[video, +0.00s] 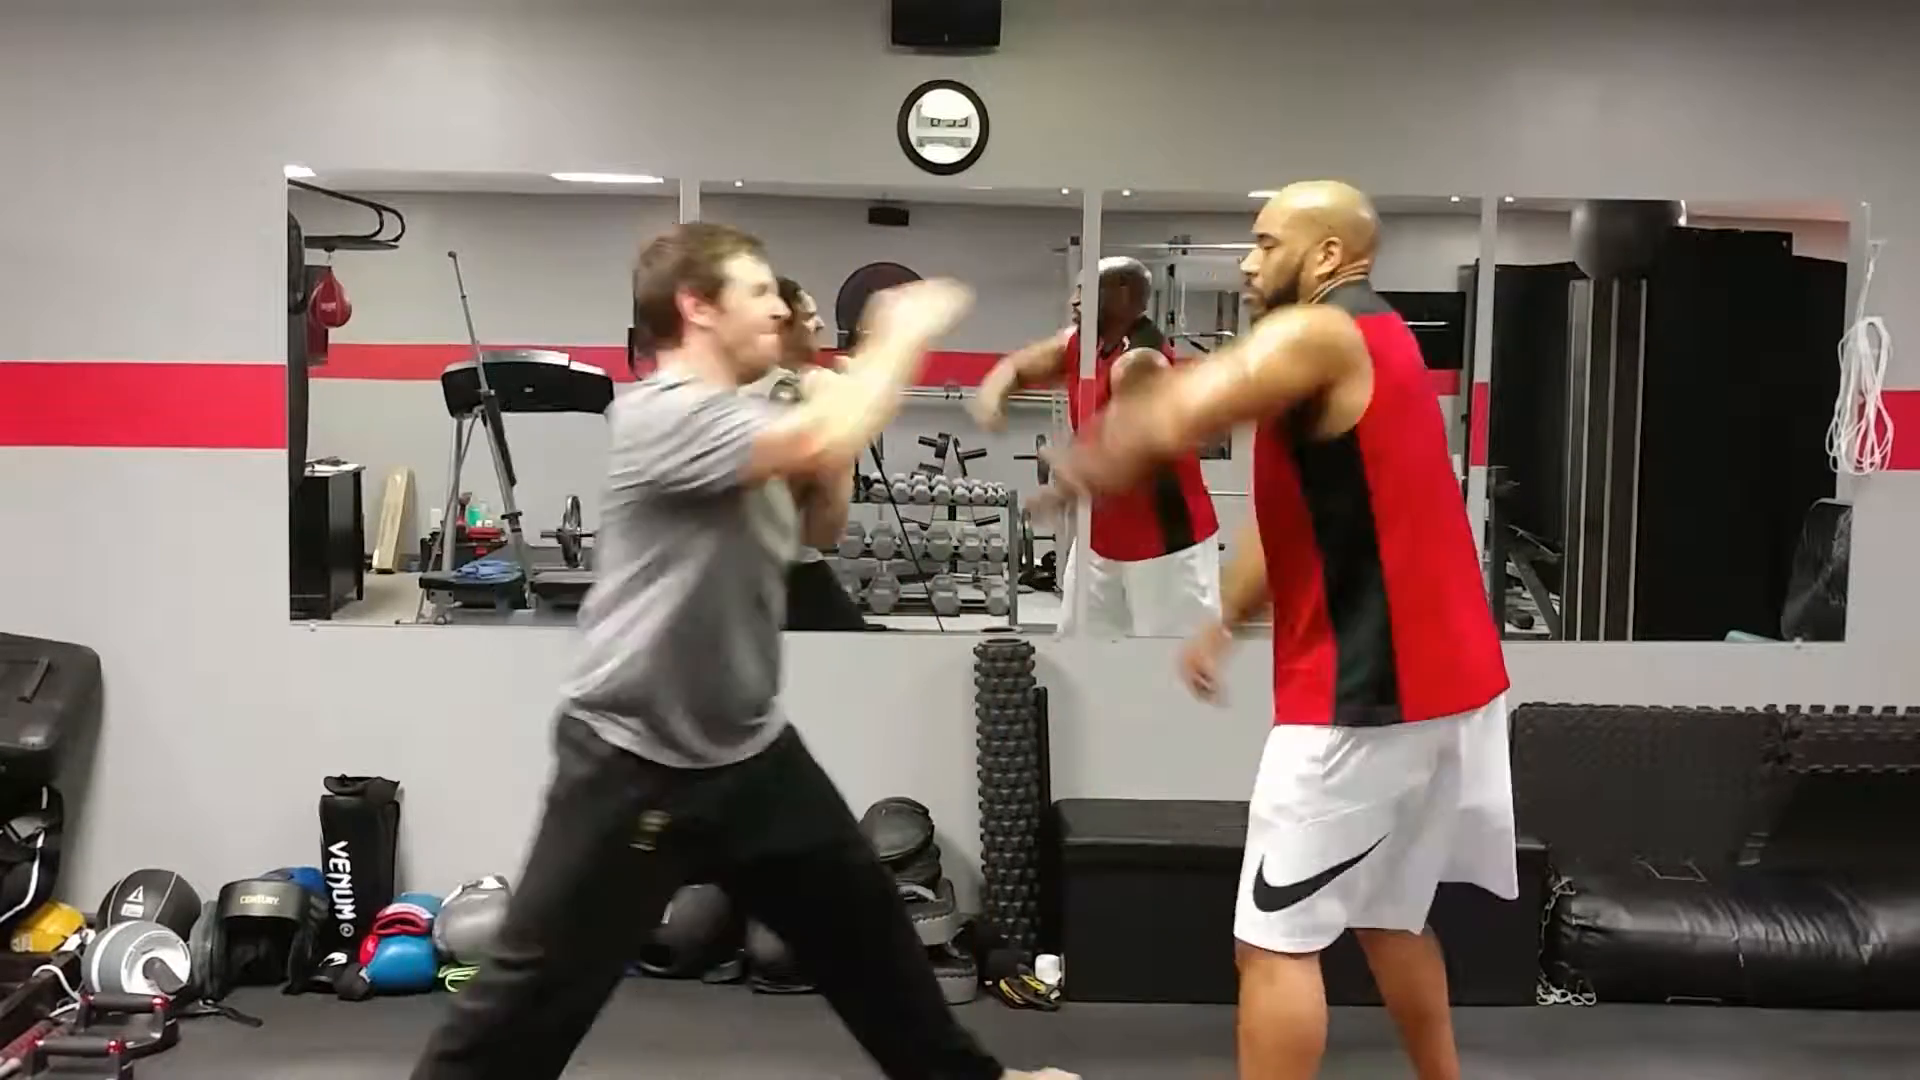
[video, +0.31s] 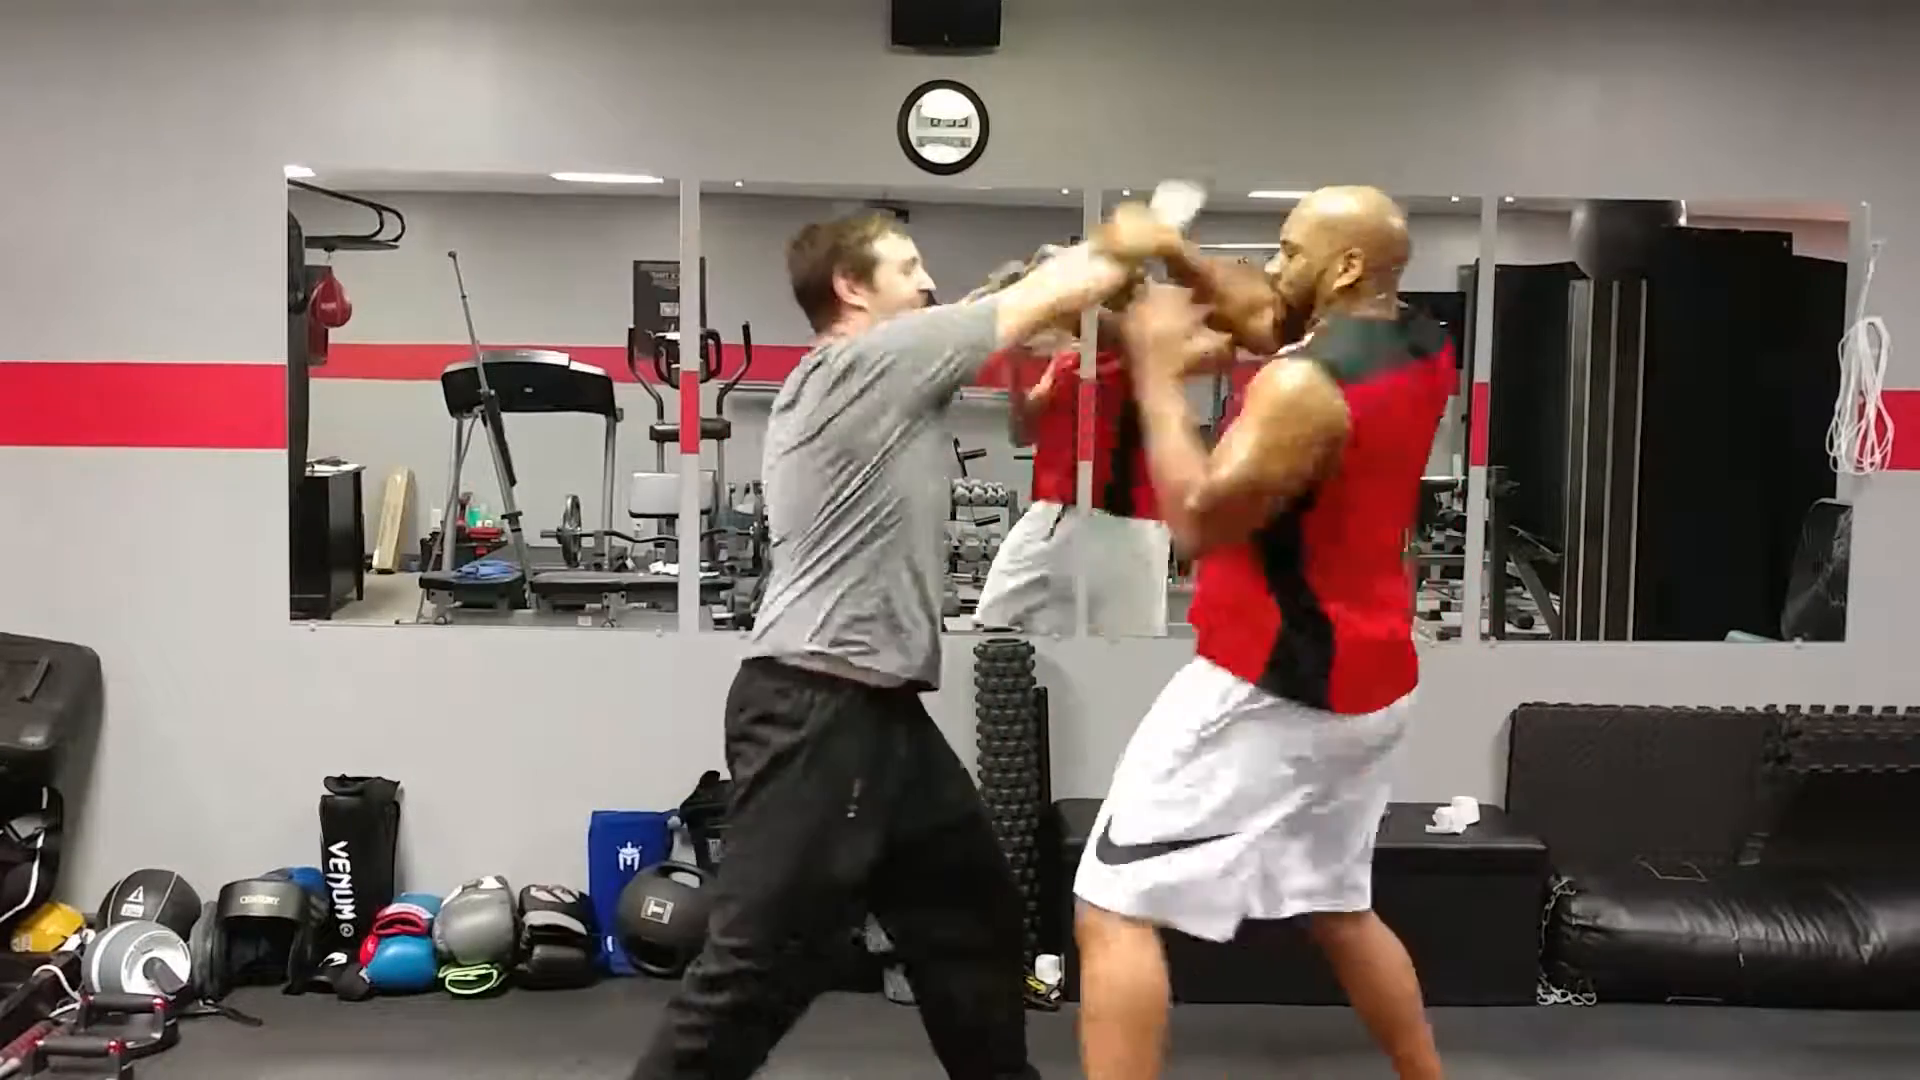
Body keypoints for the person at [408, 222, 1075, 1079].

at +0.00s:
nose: (782, 309)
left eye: (778, 293)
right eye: (761, 292)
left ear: (713, 311)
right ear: (698, 310)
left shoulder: (756, 413)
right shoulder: (656, 415)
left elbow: (819, 528)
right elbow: (819, 438)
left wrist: (838, 415)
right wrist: (900, 336)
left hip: (750, 749)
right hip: (629, 755)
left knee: (868, 935)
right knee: (529, 999)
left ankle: (962, 1074)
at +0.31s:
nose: (931, 285)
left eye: (923, 268)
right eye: (910, 269)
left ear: (850, 298)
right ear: (852, 292)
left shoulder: (836, 381)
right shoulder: (865, 364)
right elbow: (1033, 301)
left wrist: (1040, 290)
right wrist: (1118, 252)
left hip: (880, 715)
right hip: (812, 711)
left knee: (977, 936)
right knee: (751, 974)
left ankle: (998, 1074)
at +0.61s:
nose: (1040, 353)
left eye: (1040, 335)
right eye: (1024, 334)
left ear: (955, 344)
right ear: (964, 341)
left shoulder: (905, 407)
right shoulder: (954, 423)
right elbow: (1106, 522)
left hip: (865, 715)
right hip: (800, 698)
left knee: (955, 912)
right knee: (763, 959)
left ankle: (974, 1067)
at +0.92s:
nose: (970, 332)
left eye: (972, 314)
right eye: (956, 310)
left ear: (895, 316)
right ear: (894, 312)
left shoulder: (892, 407)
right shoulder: (850, 393)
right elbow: (1021, 449)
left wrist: (1010, 377)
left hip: (839, 706)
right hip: (750, 692)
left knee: (940, 896)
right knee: (702, 946)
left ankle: (963, 1068)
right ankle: (619, 1074)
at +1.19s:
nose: (1005, 335)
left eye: (1006, 315)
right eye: (989, 313)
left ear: (928, 317)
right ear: (930, 313)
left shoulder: (874, 393)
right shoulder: (906, 412)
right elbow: (1069, 485)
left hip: (855, 710)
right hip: (771, 700)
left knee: (924, 909)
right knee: (707, 951)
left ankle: (920, 1068)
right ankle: (624, 1075)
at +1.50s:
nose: (1004, 320)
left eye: (1003, 300)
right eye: (988, 298)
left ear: (928, 309)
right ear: (927, 307)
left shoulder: (924, 391)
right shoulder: (908, 396)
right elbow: (1016, 552)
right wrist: (1165, 547)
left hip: (852, 700)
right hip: (765, 684)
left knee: (919, 895)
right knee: (685, 932)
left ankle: (923, 1070)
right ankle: (595, 1078)